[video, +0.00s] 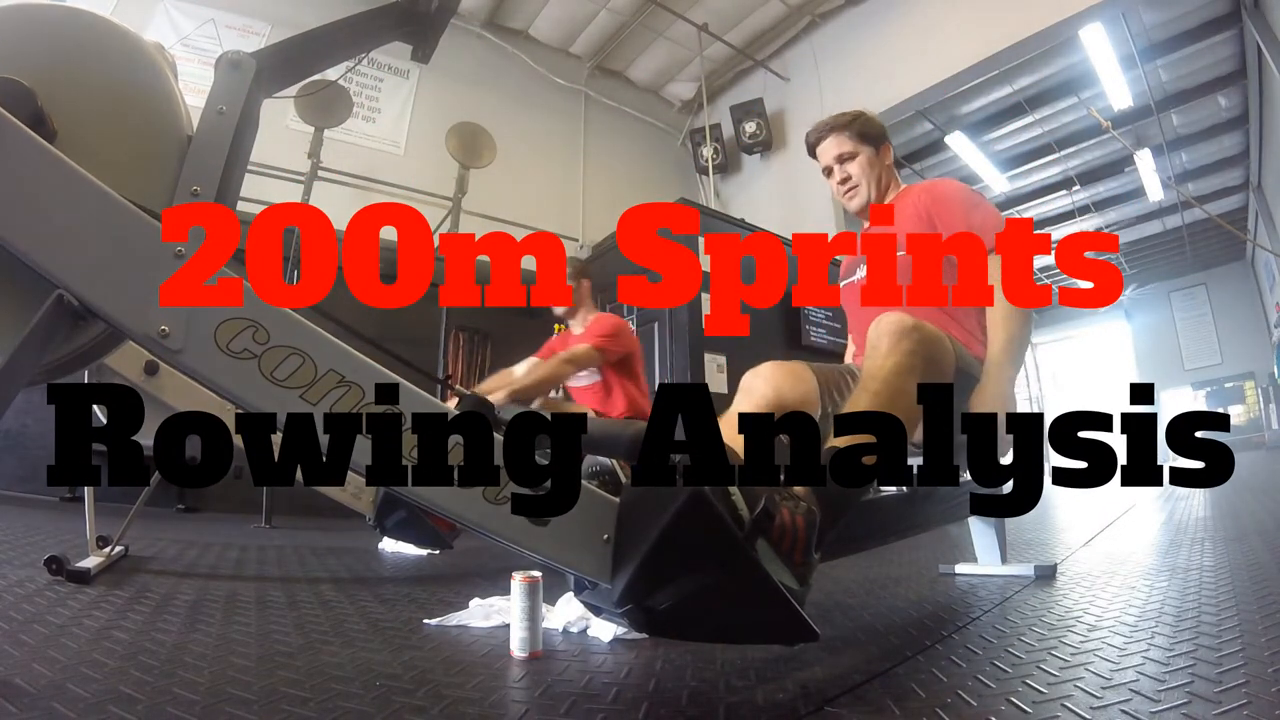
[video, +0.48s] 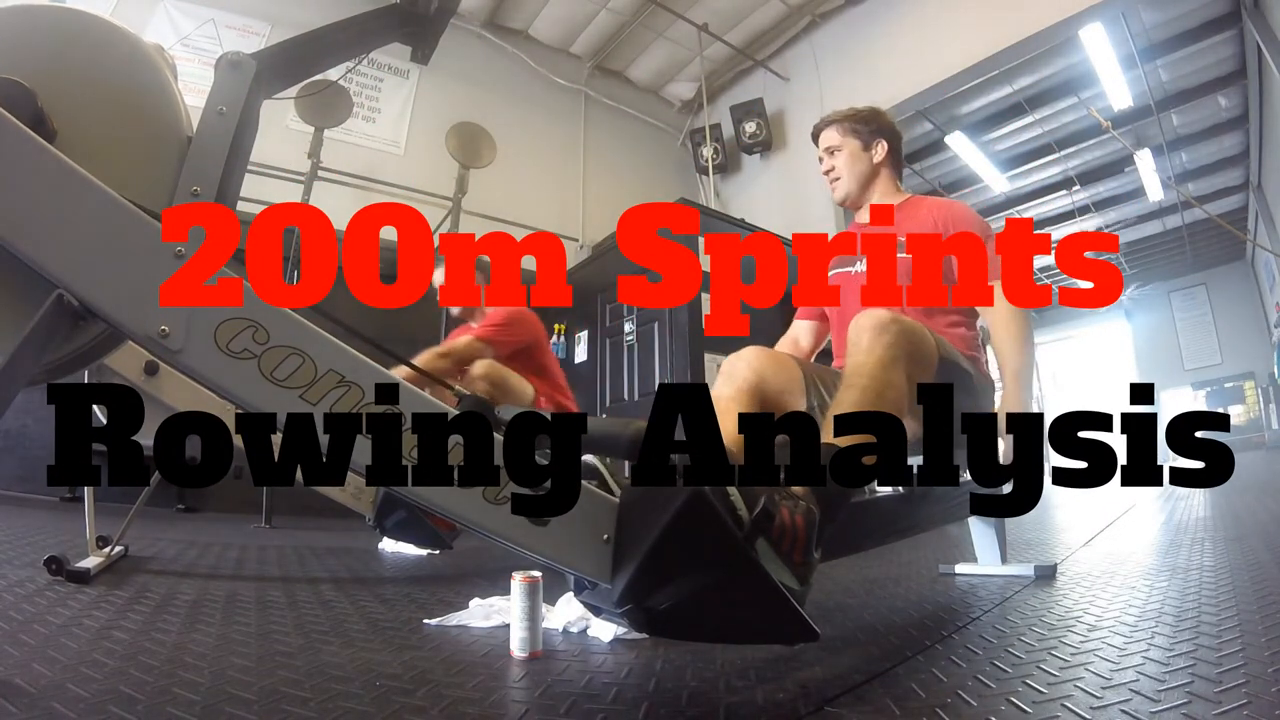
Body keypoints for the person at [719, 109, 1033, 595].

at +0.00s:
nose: (838, 176)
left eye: (847, 159)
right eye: (828, 172)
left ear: (884, 154)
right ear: (828, 182)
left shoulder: (937, 196)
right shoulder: (853, 260)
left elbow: (1013, 268)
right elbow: (855, 350)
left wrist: (995, 390)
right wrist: (842, 388)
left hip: (961, 382)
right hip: (875, 387)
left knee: (896, 330)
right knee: (766, 381)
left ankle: (809, 509)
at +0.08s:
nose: (840, 173)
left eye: (848, 157)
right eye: (830, 169)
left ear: (887, 153)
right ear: (830, 181)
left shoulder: (938, 199)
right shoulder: (853, 253)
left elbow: (1009, 277)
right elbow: (859, 339)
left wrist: (997, 391)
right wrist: (848, 365)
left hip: (958, 380)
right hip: (869, 384)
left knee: (895, 330)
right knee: (762, 379)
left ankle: (810, 512)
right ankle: (708, 517)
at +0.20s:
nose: (835, 169)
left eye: (844, 153)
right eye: (827, 163)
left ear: (887, 151)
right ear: (829, 177)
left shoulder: (946, 206)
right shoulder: (844, 254)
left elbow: (1004, 286)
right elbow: (841, 347)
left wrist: (1004, 383)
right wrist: (813, 400)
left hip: (955, 380)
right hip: (859, 385)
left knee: (891, 329)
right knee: (753, 375)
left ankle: (810, 508)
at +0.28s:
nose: (831, 168)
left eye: (841, 152)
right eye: (825, 162)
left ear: (885, 151)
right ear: (828, 174)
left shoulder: (948, 208)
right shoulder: (842, 250)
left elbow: (1003, 290)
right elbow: (828, 348)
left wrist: (1006, 379)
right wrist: (796, 410)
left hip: (951, 384)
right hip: (854, 389)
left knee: (887, 328)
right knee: (749, 374)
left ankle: (811, 509)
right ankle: (710, 516)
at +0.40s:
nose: (826, 166)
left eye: (836, 151)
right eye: (822, 159)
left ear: (880, 150)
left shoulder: (952, 215)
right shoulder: (837, 248)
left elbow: (1002, 300)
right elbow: (805, 343)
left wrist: (1012, 387)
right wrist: (759, 402)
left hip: (949, 391)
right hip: (851, 391)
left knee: (881, 326)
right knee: (745, 369)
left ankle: (808, 509)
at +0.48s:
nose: (824, 166)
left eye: (834, 152)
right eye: (821, 159)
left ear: (878, 151)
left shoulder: (947, 216)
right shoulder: (837, 250)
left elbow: (1003, 306)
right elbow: (798, 341)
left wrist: (1015, 406)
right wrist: (747, 392)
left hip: (952, 394)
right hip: (854, 396)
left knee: (876, 326)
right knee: (744, 367)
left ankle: (808, 506)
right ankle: (715, 515)